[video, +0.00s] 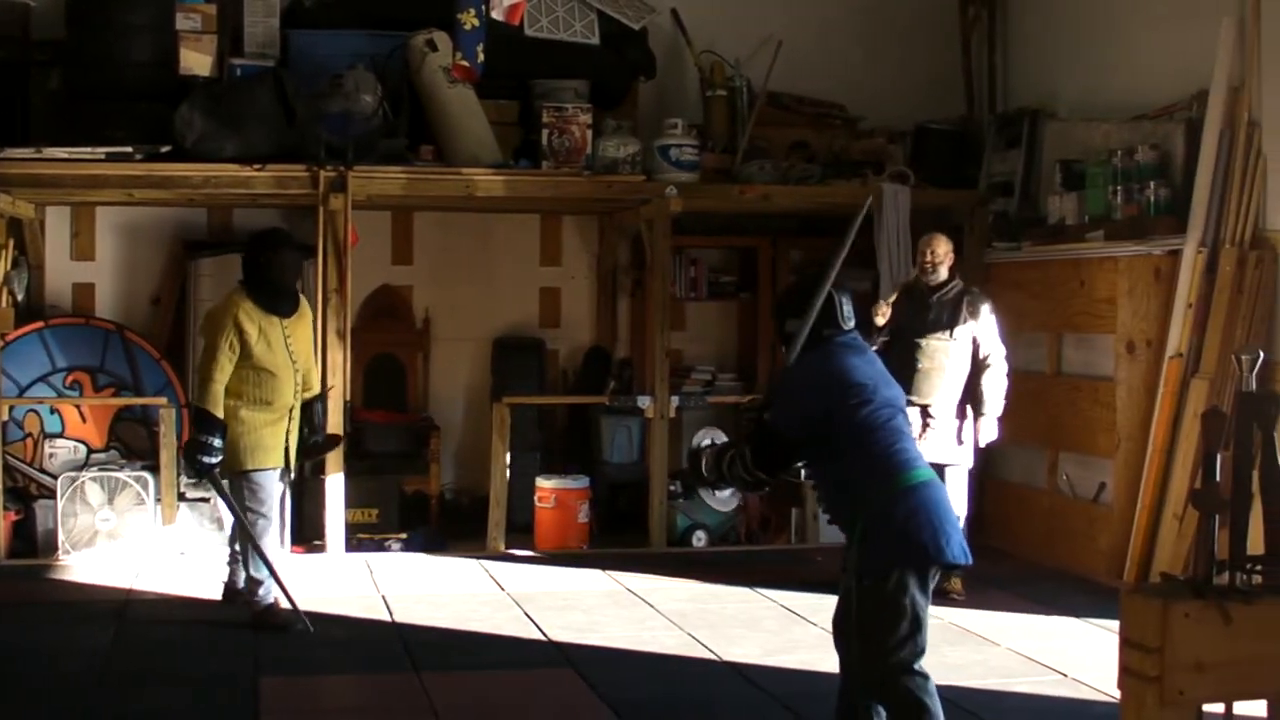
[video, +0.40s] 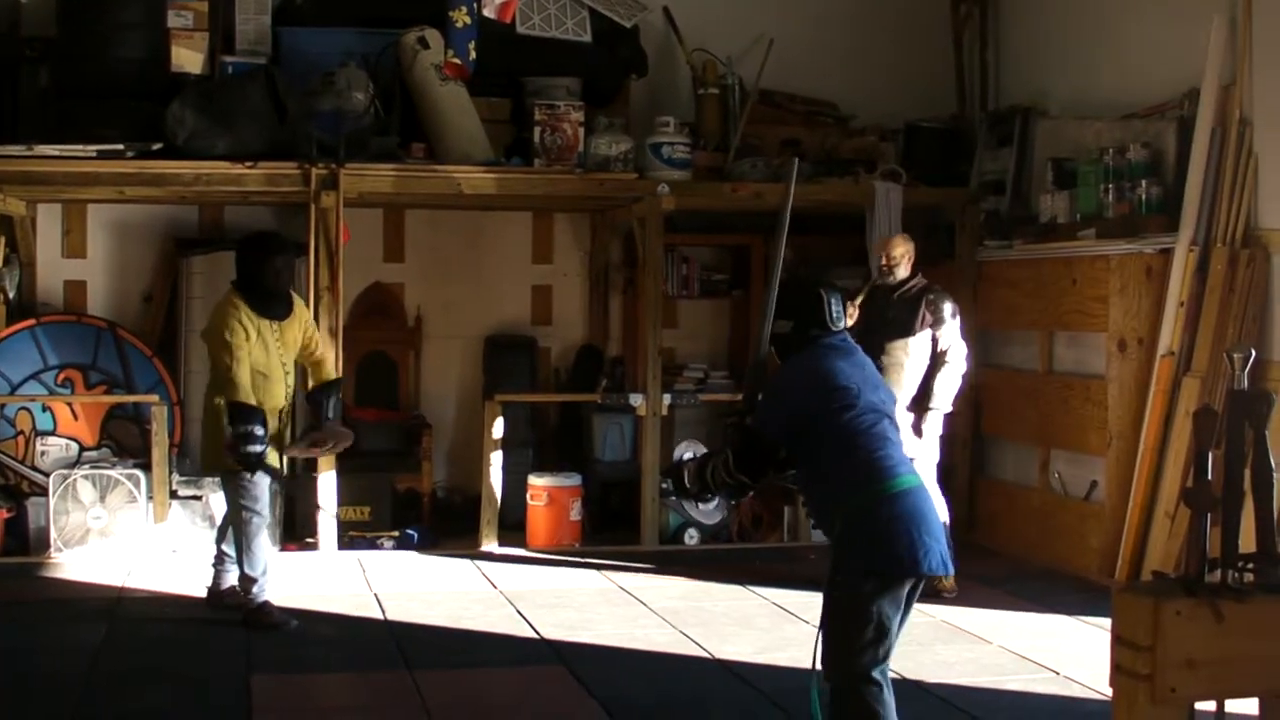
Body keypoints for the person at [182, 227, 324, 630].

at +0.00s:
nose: (296, 274)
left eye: (297, 266)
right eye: (287, 266)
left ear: (298, 268)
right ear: (263, 268)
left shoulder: (301, 310)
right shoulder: (232, 313)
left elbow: (308, 369)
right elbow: (212, 378)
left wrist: (315, 424)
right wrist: (206, 438)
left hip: (285, 429)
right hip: (248, 431)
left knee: (262, 512)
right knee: (263, 514)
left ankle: (239, 587)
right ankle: (262, 598)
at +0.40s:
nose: (287, 276)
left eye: (289, 267)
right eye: (278, 268)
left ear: (290, 268)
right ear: (254, 270)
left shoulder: (295, 310)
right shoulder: (232, 314)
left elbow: (320, 357)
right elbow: (234, 378)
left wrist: (328, 416)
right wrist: (249, 436)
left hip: (274, 427)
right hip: (238, 426)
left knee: (249, 505)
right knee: (252, 507)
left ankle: (224, 583)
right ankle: (257, 597)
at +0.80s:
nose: (296, 277)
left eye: (297, 269)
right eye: (288, 269)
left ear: (296, 271)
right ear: (264, 271)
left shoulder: (297, 303)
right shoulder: (240, 309)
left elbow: (331, 320)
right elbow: (252, 345)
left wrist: (366, 331)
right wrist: (291, 355)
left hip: (281, 428)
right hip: (247, 427)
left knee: (259, 508)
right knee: (260, 510)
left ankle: (237, 583)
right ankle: (268, 596)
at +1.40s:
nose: (290, 274)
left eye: (291, 265)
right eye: (280, 265)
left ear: (293, 267)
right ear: (256, 270)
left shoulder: (304, 312)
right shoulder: (230, 315)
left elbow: (318, 366)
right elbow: (218, 379)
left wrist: (311, 413)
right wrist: (256, 372)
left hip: (287, 426)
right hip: (246, 426)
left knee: (262, 505)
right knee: (262, 506)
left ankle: (237, 581)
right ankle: (268, 594)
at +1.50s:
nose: (287, 274)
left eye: (289, 265)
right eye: (277, 266)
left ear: (292, 266)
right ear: (253, 269)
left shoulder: (303, 311)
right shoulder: (229, 314)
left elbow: (317, 368)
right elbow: (217, 380)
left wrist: (316, 417)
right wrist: (257, 373)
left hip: (286, 429)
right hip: (245, 429)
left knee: (260, 508)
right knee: (260, 508)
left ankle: (237, 582)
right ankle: (267, 594)